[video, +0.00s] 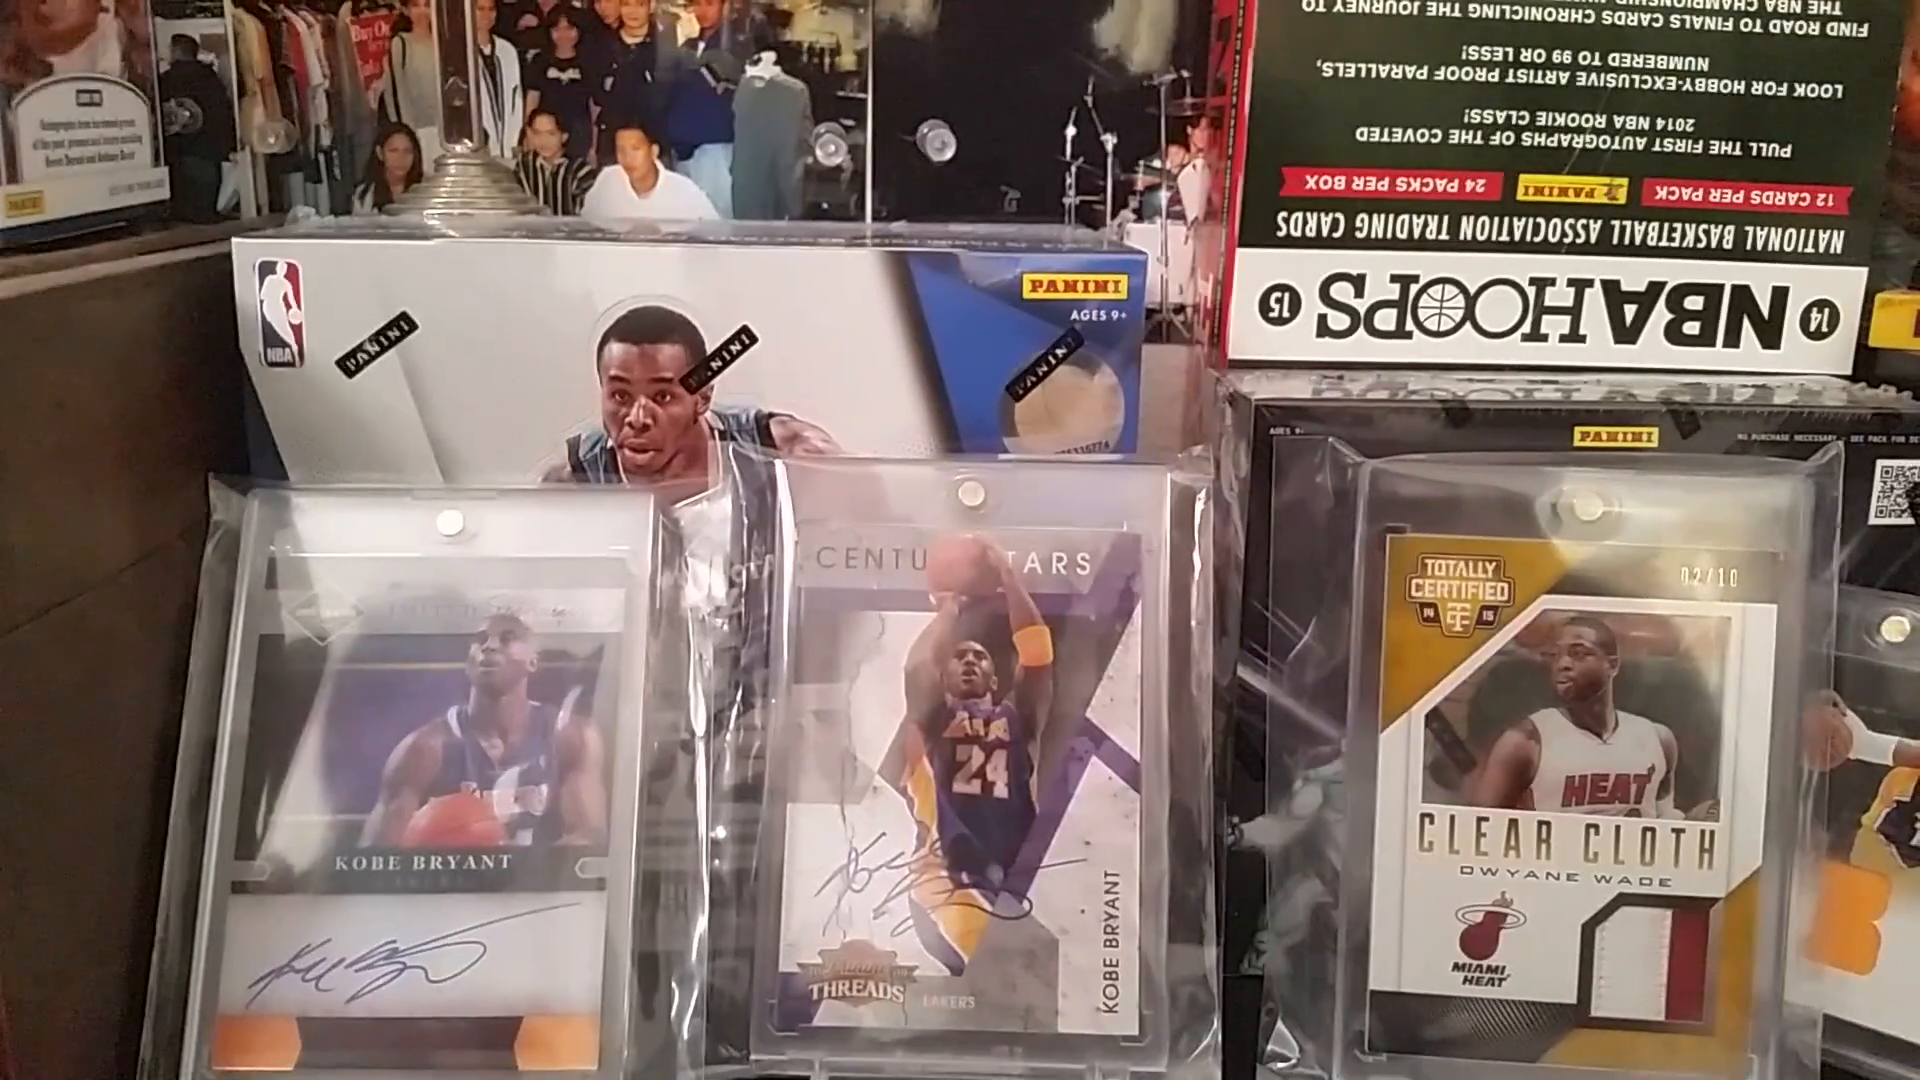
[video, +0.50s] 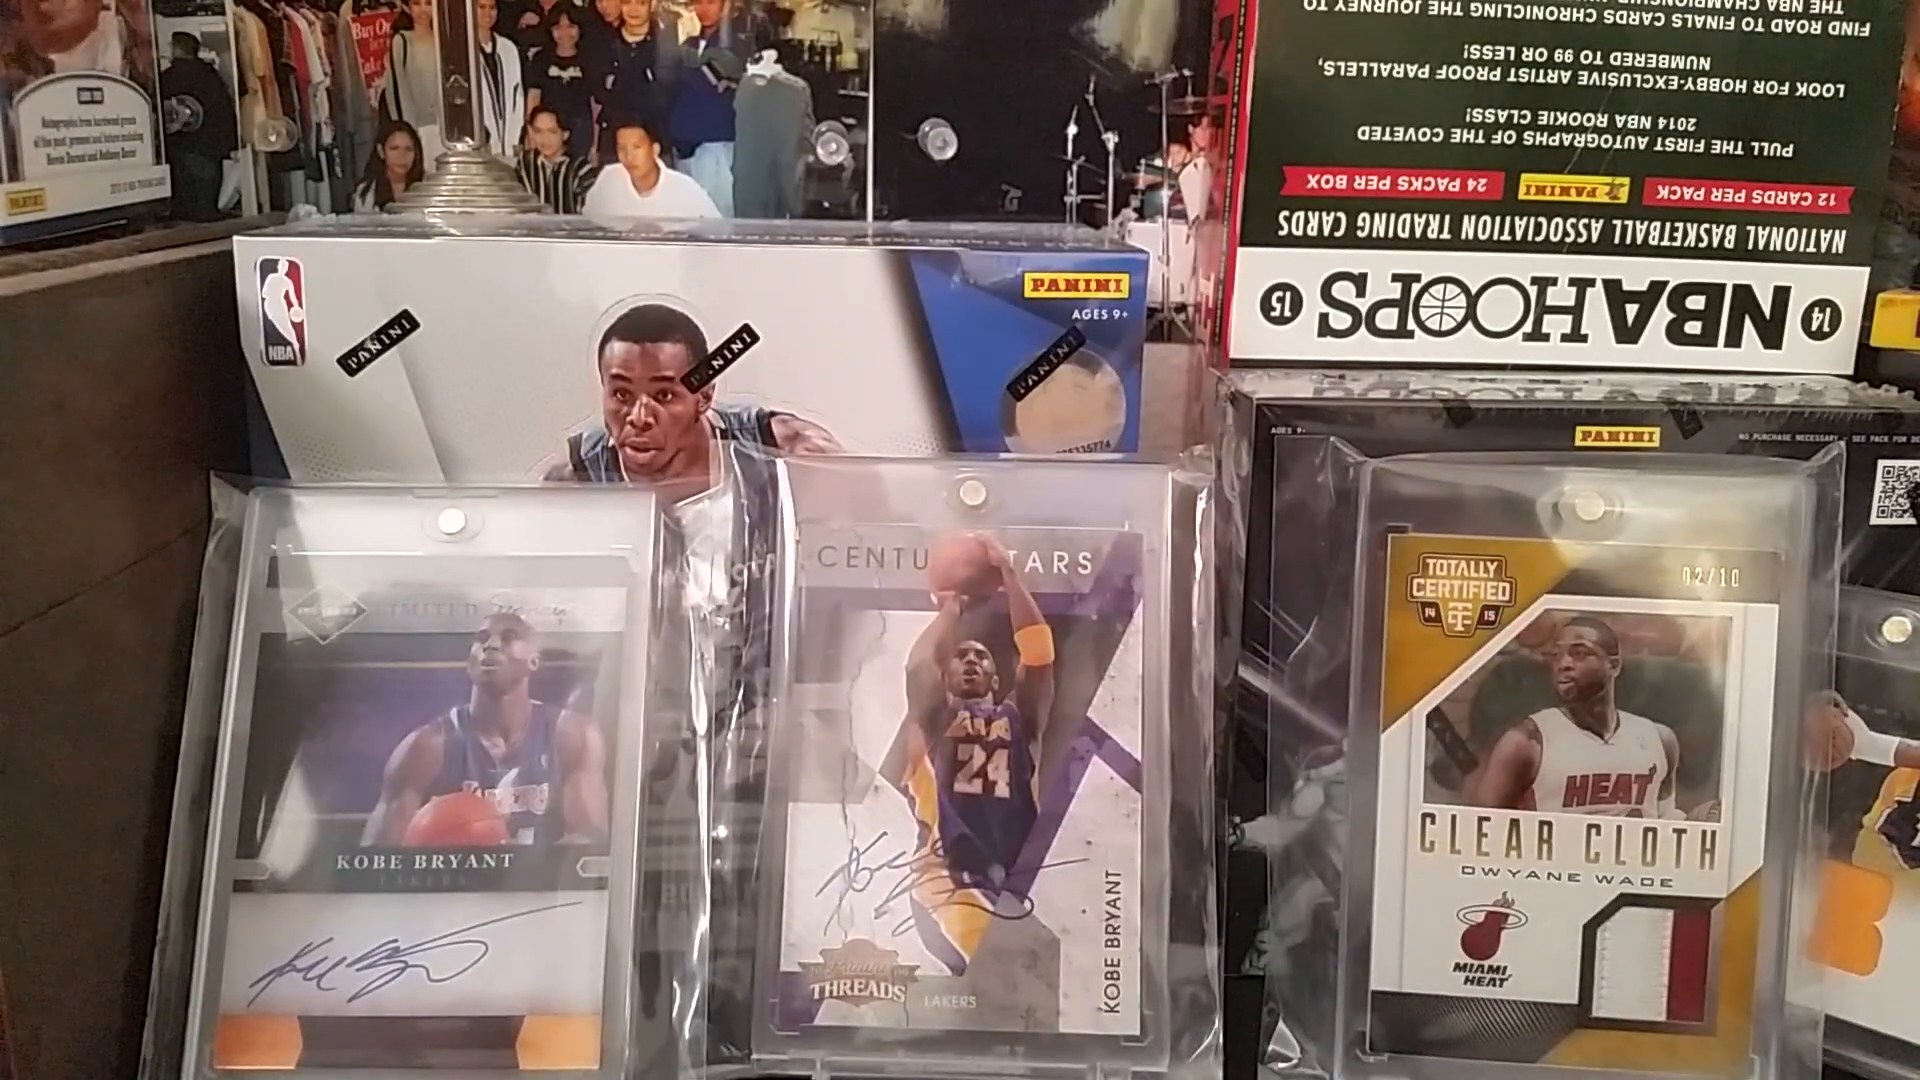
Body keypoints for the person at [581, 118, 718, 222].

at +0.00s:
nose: (627, 158)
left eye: (636, 149)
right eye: (621, 150)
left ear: (654, 152)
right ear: (616, 154)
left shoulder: (684, 190)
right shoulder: (608, 180)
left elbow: (717, 234)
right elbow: (584, 225)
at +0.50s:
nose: (629, 157)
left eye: (637, 148)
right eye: (622, 149)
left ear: (655, 150)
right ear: (617, 153)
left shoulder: (685, 188)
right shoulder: (609, 178)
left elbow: (719, 232)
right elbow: (585, 224)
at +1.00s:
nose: (629, 157)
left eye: (637, 147)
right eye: (622, 149)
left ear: (655, 150)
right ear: (617, 153)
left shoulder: (684, 188)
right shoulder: (609, 179)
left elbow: (719, 231)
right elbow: (586, 224)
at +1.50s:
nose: (630, 157)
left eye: (638, 148)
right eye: (623, 149)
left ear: (656, 150)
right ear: (617, 153)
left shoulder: (685, 188)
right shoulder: (610, 178)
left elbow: (719, 232)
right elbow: (586, 224)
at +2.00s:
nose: (630, 157)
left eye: (638, 148)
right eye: (623, 150)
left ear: (656, 151)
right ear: (618, 154)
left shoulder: (685, 188)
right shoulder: (610, 178)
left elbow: (719, 231)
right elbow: (587, 224)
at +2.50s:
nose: (630, 158)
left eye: (638, 148)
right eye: (624, 150)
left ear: (656, 151)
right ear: (618, 154)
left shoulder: (685, 188)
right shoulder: (610, 179)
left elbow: (720, 232)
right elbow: (586, 226)